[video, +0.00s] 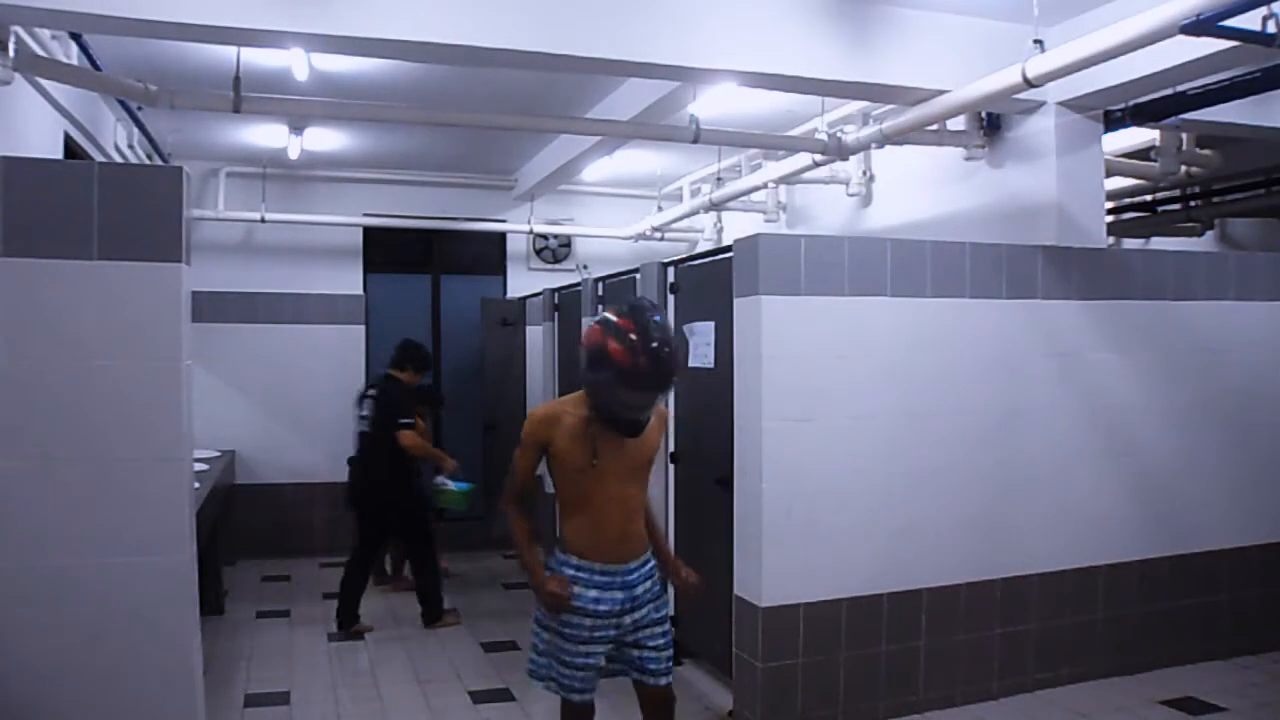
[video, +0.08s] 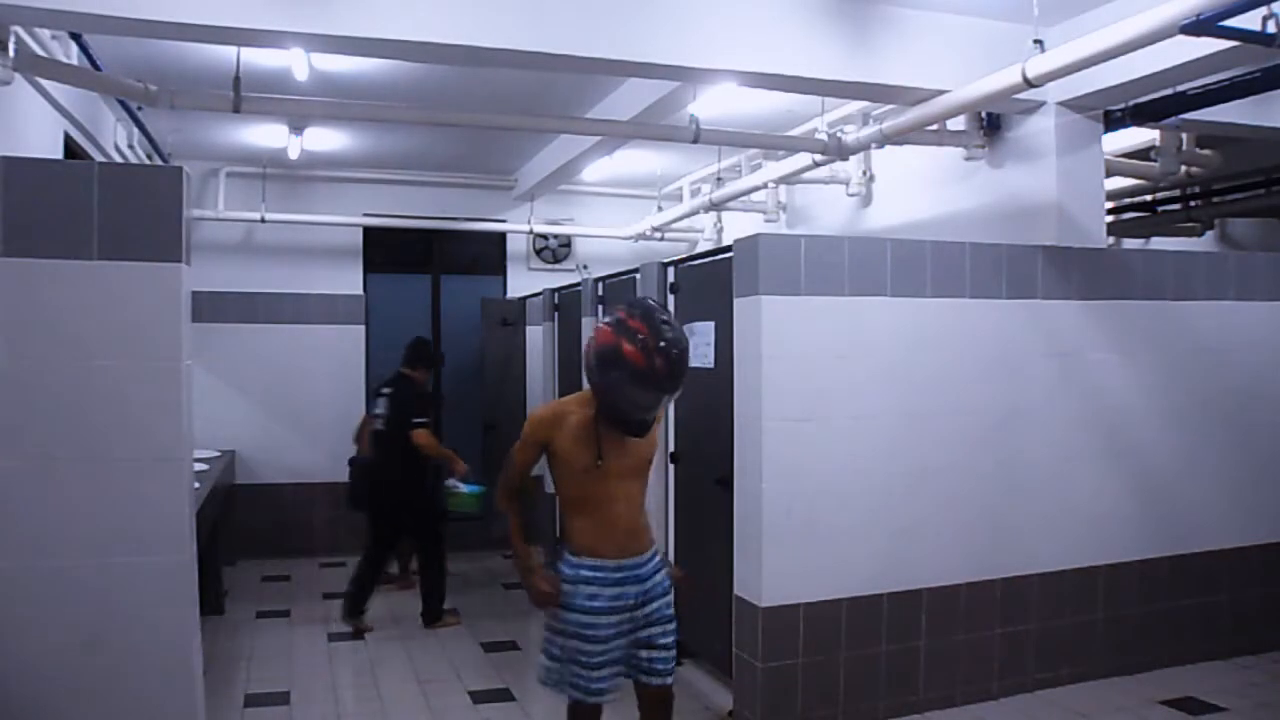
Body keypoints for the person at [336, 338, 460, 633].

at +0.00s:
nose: (420, 381)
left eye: (421, 375)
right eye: (420, 375)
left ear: (395, 364)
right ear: (411, 370)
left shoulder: (370, 390)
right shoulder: (401, 394)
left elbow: (373, 437)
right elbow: (407, 439)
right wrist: (441, 458)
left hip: (368, 481)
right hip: (398, 484)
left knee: (366, 549)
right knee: (421, 544)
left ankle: (347, 619)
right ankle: (433, 612)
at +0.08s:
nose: (431, 376)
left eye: (431, 370)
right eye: (430, 370)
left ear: (406, 363)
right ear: (424, 368)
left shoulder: (385, 389)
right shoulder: (419, 393)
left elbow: (364, 433)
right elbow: (421, 438)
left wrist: (373, 460)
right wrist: (451, 460)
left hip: (386, 482)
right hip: (417, 484)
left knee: (380, 546)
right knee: (432, 545)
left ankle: (353, 610)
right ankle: (433, 612)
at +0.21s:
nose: (449, 370)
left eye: (449, 364)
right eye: (449, 365)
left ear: (420, 358)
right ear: (444, 365)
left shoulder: (395, 389)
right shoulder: (436, 391)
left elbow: (381, 427)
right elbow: (443, 434)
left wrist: (386, 460)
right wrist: (472, 463)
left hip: (399, 477)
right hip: (431, 478)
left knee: (411, 537)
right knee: (439, 541)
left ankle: (388, 589)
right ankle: (434, 613)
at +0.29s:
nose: (458, 368)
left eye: (457, 362)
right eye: (457, 363)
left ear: (428, 357)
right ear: (454, 364)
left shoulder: (407, 386)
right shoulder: (446, 391)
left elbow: (391, 430)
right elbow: (457, 432)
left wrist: (391, 466)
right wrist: (484, 465)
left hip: (411, 475)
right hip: (441, 477)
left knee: (426, 536)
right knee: (442, 540)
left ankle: (430, 604)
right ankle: (434, 612)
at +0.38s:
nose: (465, 368)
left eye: (463, 363)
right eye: (464, 364)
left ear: (435, 358)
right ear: (461, 364)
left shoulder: (415, 388)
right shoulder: (457, 392)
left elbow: (395, 429)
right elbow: (471, 433)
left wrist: (391, 466)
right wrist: (493, 468)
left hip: (420, 473)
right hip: (449, 475)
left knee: (440, 539)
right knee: (443, 542)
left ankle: (450, 600)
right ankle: (434, 611)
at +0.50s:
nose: (473, 371)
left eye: (472, 366)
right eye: (473, 366)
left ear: (443, 362)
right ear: (469, 366)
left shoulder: (422, 392)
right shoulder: (469, 394)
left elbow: (405, 433)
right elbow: (484, 435)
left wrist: (399, 470)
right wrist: (504, 471)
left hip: (430, 476)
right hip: (460, 477)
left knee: (455, 540)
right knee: (450, 542)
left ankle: (479, 594)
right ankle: (434, 611)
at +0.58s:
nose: (476, 368)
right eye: (476, 363)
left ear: (450, 362)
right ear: (475, 364)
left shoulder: (430, 393)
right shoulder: (476, 394)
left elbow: (416, 435)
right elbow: (488, 435)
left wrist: (408, 471)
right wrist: (508, 472)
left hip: (439, 475)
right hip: (469, 475)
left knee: (464, 537)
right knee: (459, 540)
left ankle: (479, 594)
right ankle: (438, 606)